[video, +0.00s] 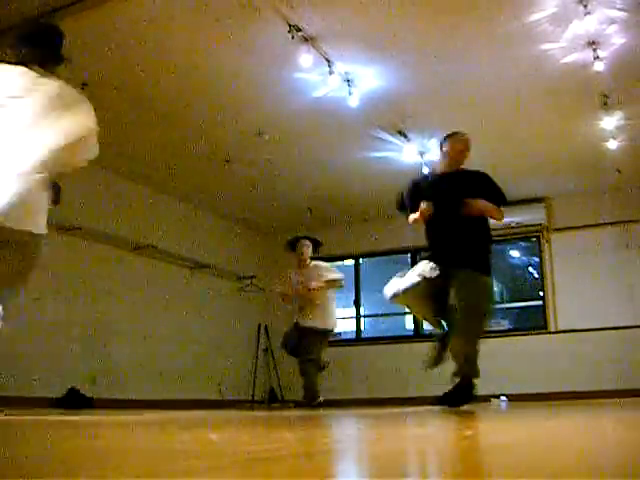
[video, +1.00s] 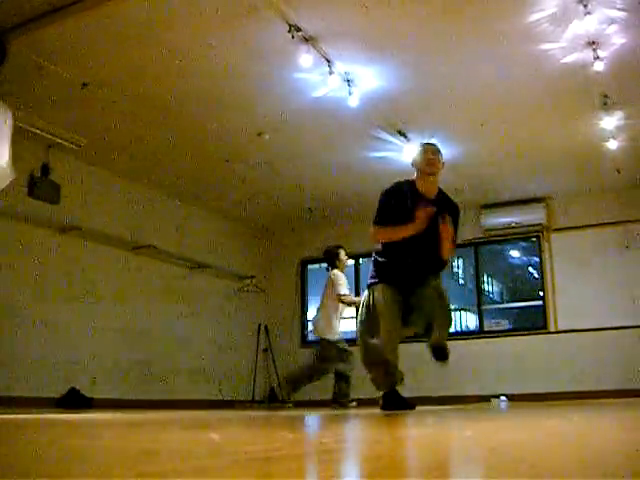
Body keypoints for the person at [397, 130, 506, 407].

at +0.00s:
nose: (464, 156)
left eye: (466, 151)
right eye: (460, 150)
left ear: (467, 154)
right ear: (444, 149)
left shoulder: (478, 180)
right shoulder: (424, 184)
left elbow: (499, 215)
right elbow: (409, 219)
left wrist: (483, 207)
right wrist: (418, 216)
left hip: (473, 260)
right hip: (438, 260)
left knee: (465, 322)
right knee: (407, 293)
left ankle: (465, 382)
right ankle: (443, 330)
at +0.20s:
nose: (501, 173)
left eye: (498, 167)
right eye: (495, 167)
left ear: (486, 173)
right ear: (481, 171)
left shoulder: (484, 208)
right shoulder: (462, 191)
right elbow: (425, 206)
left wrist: (473, 289)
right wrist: (394, 236)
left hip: (463, 279)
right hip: (435, 267)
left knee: (497, 329)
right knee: (453, 289)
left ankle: (483, 388)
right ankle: (422, 364)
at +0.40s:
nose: (504, 205)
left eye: (504, 200)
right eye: (500, 199)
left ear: (488, 200)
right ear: (487, 199)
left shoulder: (479, 221)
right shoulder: (471, 210)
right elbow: (446, 204)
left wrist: (440, 235)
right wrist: (419, 203)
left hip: (466, 298)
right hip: (448, 295)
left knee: (500, 339)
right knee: (474, 334)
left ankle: (484, 391)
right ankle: (453, 389)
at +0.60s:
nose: (475, 158)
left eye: (474, 154)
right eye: (470, 154)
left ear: (459, 160)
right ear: (457, 158)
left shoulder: (463, 195)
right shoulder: (444, 179)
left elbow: (499, 213)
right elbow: (473, 164)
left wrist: (538, 222)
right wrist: (502, 158)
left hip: (437, 259)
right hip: (423, 256)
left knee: (462, 317)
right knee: (451, 309)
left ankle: (463, 381)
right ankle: (425, 359)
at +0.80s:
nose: (451, 165)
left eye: (451, 161)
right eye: (444, 160)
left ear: (448, 167)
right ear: (427, 166)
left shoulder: (447, 201)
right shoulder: (419, 191)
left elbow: (476, 216)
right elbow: (447, 213)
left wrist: (483, 183)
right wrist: (471, 190)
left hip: (434, 277)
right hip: (411, 274)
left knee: (430, 334)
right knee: (415, 329)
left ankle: (413, 390)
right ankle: (399, 389)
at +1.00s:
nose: (431, 161)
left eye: (436, 157)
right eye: (426, 156)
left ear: (442, 164)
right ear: (415, 162)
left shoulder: (448, 206)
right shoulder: (395, 194)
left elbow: (446, 255)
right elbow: (377, 234)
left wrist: (445, 234)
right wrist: (415, 226)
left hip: (426, 273)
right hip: (389, 272)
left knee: (435, 303)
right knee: (385, 328)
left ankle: (438, 341)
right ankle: (389, 391)